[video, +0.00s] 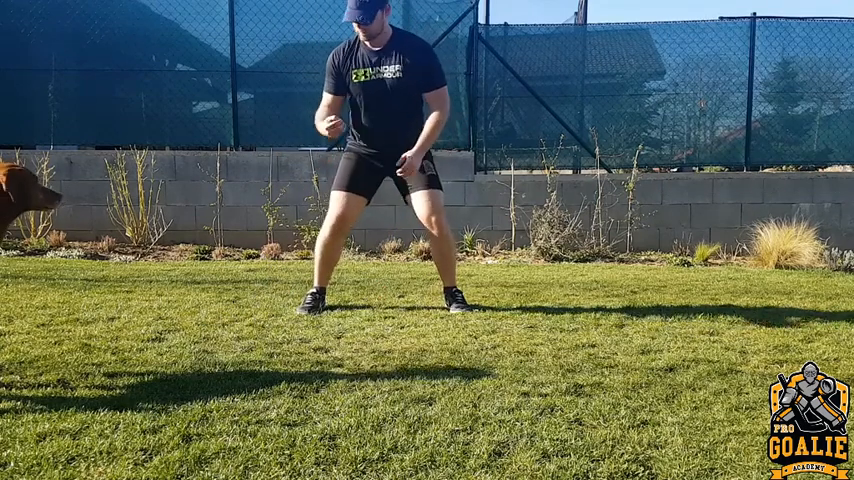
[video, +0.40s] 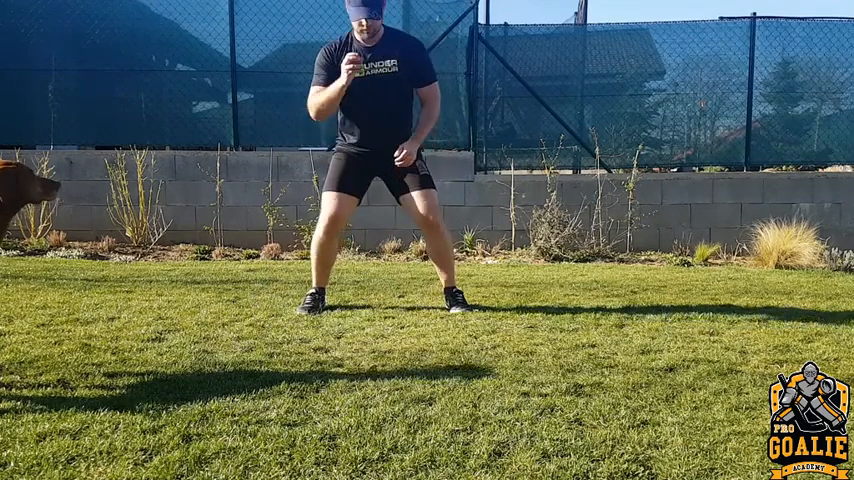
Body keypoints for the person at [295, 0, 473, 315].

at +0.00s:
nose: (361, 27)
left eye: (367, 19)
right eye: (356, 21)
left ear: (386, 11)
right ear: (350, 17)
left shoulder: (417, 50)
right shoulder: (341, 57)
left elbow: (440, 108)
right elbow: (326, 108)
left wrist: (417, 152)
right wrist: (326, 125)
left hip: (411, 150)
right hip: (362, 150)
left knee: (434, 221)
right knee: (335, 221)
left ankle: (452, 292)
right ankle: (317, 293)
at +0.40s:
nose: (366, 25)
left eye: (372, 17)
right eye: (359, 19)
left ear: (383, 12)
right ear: (349, 16)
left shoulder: (408, 47)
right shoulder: (332, 53)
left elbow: (431, 102)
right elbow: (317, 111)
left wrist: (415, 141)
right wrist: (343, 81)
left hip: (400, 148)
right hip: (352, 149)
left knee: (429, 216)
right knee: (329, 219)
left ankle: (452, 291)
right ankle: (317, 293)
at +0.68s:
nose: (376, 20)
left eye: (383, 14)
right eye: (369, 14)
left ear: (393, 12)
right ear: (360, 14)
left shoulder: (419, 50)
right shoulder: (342, 53)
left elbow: (438, 104)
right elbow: (331, 106)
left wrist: (425, 140)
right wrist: (356, 127)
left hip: (405, 148)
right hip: (358, 148)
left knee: (433, 218)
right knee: (333, 219)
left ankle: (452, 291)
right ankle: (317, 293)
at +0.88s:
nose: (382, 19)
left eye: (389, 13)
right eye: (375, 13)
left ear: (397, 12)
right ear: (365, 12)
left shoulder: (421, 51)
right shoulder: (343, 53)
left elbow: (439, 104)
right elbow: (327, 112)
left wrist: (431, 136)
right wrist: (320, 162)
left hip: (405, 151)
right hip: (357, 152)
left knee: (434, 219)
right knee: (333, 223)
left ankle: (452, 291)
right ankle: (317, 293)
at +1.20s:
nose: (416, 30)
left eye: (420, 23)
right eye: (410, 22)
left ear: (424, 20)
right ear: (388, 16)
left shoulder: (431, 63)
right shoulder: (354, 56)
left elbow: (449, 118)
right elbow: (327, 109)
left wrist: (471, 161)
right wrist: (319, 160)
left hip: (411, 154)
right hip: (363, 154)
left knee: (446, 216)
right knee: (338, 224)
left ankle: (464, 290)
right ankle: (317, 293)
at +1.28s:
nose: (435, 35)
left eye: (439, 29)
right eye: (429, 27)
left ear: (443, 27)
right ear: (407, 19)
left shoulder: (444, 70)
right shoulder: (369, 58)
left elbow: (465, 125)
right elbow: (338, 111)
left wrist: (488, 166)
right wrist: (331, 163)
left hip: (420, 158)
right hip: (372, 156)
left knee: (455, 216)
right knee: (345, 226)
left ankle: (473, 294)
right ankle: (318, 293)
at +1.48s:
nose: (478, 52)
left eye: (483, 47)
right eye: (473, 44)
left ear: (488, 42)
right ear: (455, 33)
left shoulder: (484, 87)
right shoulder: (414, 68)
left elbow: (497, 141)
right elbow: (376, 118)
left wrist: (515, 141)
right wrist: (381, 165)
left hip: (443, 168)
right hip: (395, 163)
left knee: (474, 218)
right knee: (356, 231)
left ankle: (473, 296)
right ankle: (320, 293)